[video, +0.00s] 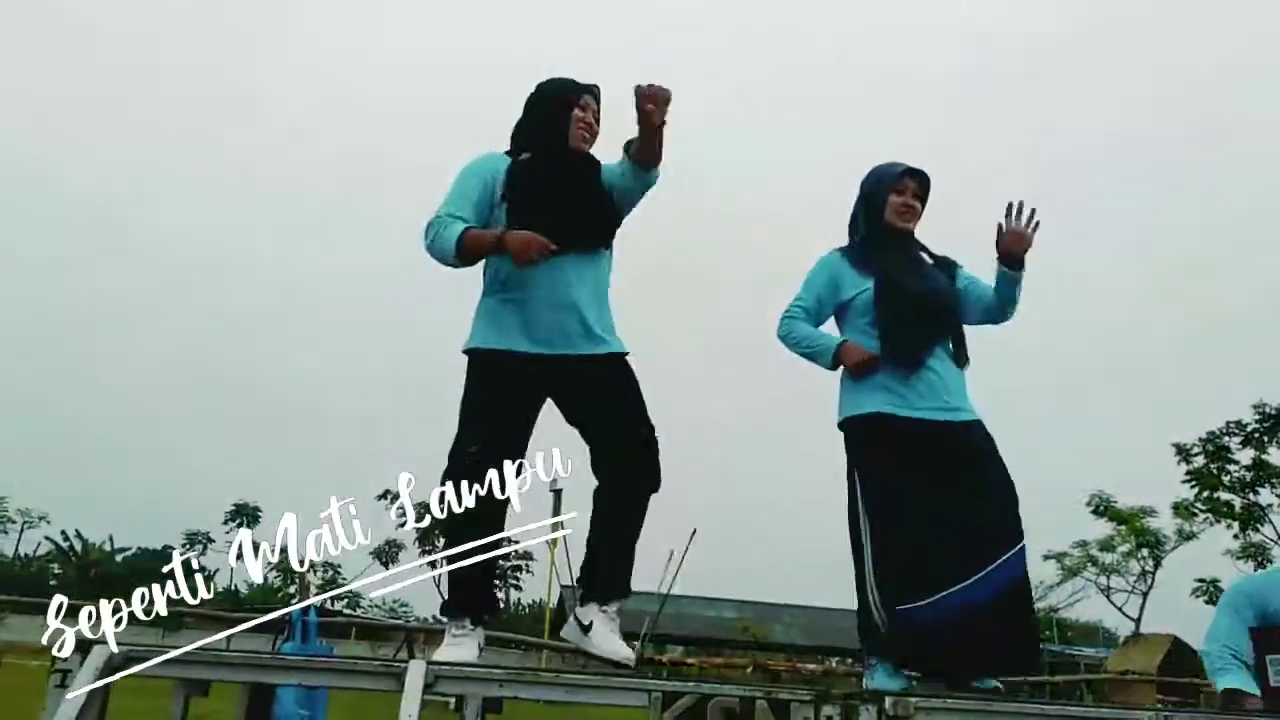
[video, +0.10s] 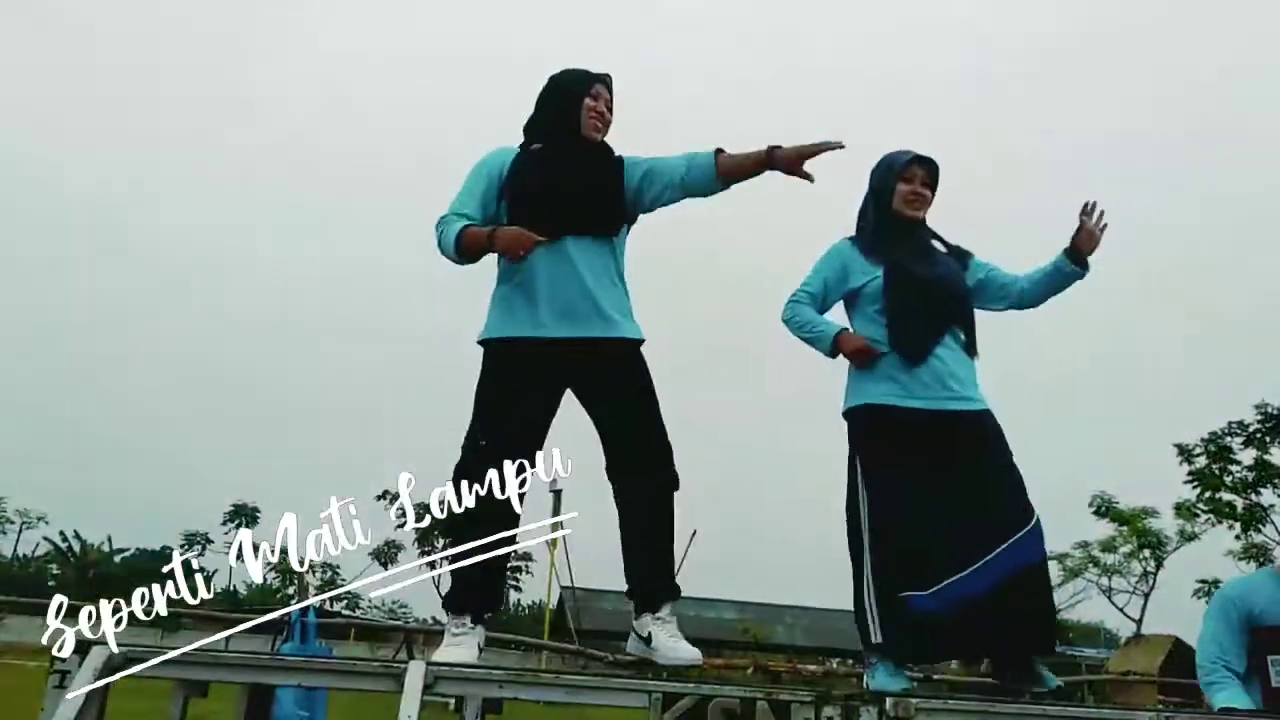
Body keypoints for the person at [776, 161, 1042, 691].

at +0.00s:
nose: (909, 202)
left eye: (917, 198)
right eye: (899, 193)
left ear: (923, 209)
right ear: (872, 197)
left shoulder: (938, 270)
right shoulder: (840, 264)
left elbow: (998, 308)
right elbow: (791, 325)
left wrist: (1010, 264)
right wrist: (837, 349)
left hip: (951, 415)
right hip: (880, 414)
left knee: (983, 524)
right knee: (887, 536)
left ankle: (971, 660)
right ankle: (883, 659)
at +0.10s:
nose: (919, 190)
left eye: (926, 185)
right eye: (908, 181)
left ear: (933, 197)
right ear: (882, 187)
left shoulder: (952, 260)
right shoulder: (851, 253)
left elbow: (1019, 291)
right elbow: (796, 308)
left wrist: (1074, 258)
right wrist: (836, 337)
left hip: (962, 410)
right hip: (884, 410)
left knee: (1009, 521)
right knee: (885, 532)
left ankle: (1017, 657)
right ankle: (885, 657)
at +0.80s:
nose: (972, 199)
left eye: (981, 190)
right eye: (960, 194)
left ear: (1002, 201)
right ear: (949, 210)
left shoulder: (1034, 267)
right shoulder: (938, 257)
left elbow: (1096, 308)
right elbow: (927, 269)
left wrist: (1082, 343)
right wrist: (1010, 264)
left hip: (1038, 412)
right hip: (963, 413)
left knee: (1065, 535)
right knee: (986, 538)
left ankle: (1072, 674)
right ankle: (1005, 673)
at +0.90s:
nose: (968, 187)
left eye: (978, 178)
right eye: (957, 183)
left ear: (1001, 189)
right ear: (947, 202)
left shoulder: (1038, 254)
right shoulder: (938, 251)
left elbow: (1089, 295)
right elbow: (879, 257)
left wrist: (1078, 325)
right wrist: (955, 251)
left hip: (1030, 405)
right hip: (954, 400)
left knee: (1049, 531)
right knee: (947, 523)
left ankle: (1061, 665)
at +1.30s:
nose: (910, 183)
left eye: (921, 176)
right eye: (899, 178)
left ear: (940, 191)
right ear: (886, 194)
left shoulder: (967, 259)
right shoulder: (868, 249)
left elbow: (1014, 314)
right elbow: (810, 264)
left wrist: (979, 347)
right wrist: (878, 235)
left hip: (948, 401)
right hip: (870, 394)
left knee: (983, 526)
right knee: (863, 525)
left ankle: (994, 655)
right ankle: (860, 659)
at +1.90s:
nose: (848, 188)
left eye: (858, 182)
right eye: (838, 180)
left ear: (870, 199)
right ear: (819, 195)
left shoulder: (894, 265)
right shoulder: (788, 251)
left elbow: (946, 303)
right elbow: (712, 266)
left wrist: (963, 346)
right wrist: (644, 248)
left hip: (877, 415)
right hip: (800, 406)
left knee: (894, 534)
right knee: (783, 529)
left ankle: (909, 657)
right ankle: (767, 652)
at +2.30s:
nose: (837, 200)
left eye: (845, 196)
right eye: (830, 188)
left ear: (847, 207)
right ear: (802, 188)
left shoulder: (859, 260)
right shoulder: (766, 250)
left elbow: (911, 243)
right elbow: (693, 277)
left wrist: (840, 231)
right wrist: (744, 311)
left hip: (848, 412)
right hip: (779, 403)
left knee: (840, 528)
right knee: (775, 526)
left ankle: (813, 659)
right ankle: (764, 657)